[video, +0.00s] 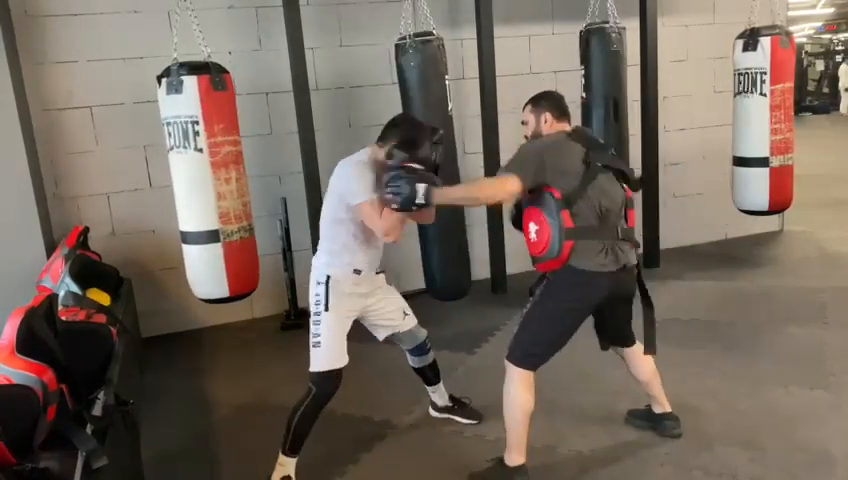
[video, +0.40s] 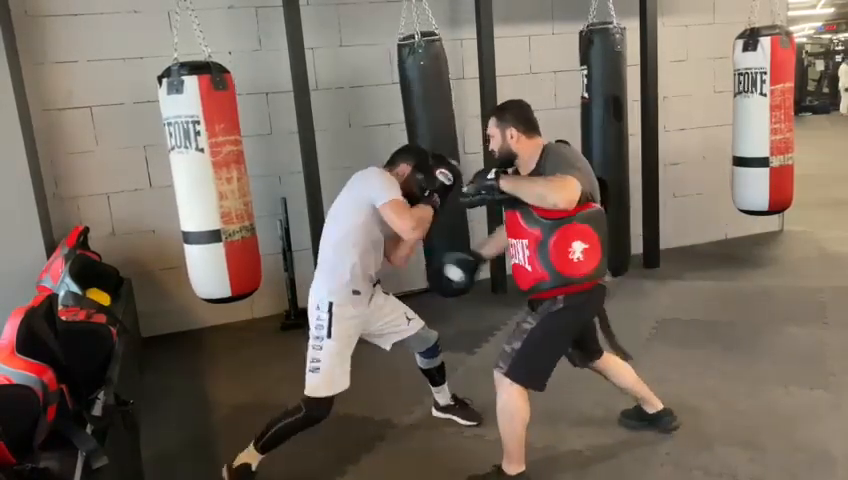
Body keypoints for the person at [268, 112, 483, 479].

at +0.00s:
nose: (409, 167)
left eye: (415, 162)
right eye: (409, 160)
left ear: (399, 154)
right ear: (392, 150)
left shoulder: (389, 170)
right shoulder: (352, 171)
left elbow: (426, 216)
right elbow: (390, 231)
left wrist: (423, 176)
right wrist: (402, 184)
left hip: (371, 282)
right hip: (333, 284)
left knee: (417, 341)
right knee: (325, 383)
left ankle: (441, 402)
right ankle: (284, 468)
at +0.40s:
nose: (418, 189)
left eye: (421, 185)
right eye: (419, 181)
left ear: (401, 171)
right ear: (406, 169)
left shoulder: (380, 199)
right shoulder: (375, 178)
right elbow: (411, 225)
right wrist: (431, 199)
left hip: (368, 297)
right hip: (335, 302)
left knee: (426, 340)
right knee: (318, 407)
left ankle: (445, 401)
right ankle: (245, 461)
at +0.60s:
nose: (408, 160)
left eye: (413, 153)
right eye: (404, 150)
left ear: (412, 152)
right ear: (382, 145)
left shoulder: (407, 182)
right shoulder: (336, 165)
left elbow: (441, 218)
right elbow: (316, 212)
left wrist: (464, 200)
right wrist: (355, 176)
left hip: (377, 291)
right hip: (326, 290)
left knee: (429, 358)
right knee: (300, 382)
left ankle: (444, 406)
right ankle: (269, 458)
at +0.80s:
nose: (422, 168)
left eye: (425, 163)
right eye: (420, 159)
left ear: (402, 154)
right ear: (398, 151)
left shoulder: (396, 185)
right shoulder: (353, 170)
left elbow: (403, 242)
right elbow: (356, 230)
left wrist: (430, 218)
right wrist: (398, 203)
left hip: (381, 284)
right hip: (339, 290)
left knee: (442, 330)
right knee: (322, 389)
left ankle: (458, 394)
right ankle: (275, 456)